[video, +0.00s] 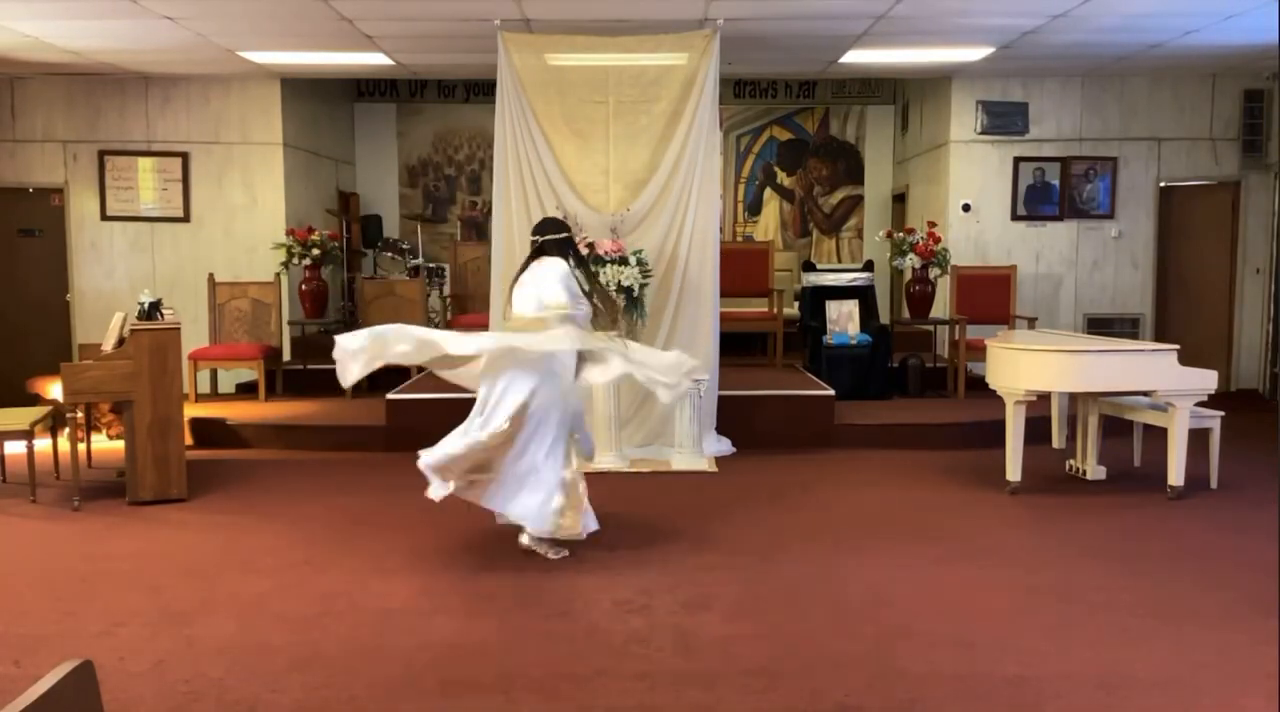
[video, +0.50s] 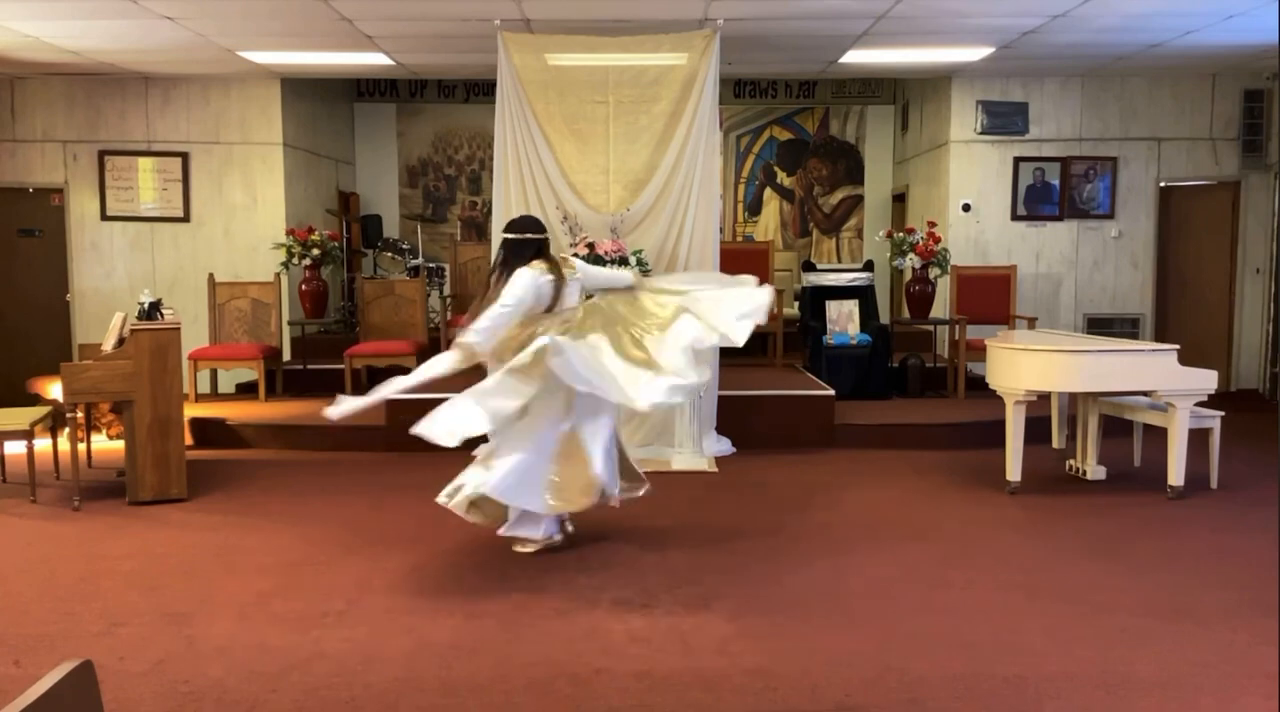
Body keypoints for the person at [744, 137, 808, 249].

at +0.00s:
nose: (777, 159)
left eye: (781, 155)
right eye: (777, 155)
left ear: (794, 157)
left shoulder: (805, 177)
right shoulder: (772, 175)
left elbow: (798, 199)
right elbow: (753, 211)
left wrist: (772, 183)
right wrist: (762, 183)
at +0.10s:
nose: (777, 159)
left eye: (781, 155)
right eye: (777, 155)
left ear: (794, 157)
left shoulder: (805, 177)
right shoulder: (772, 175)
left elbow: (798, 199)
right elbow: (753, 211)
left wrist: (772, 183)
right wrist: (762, 183)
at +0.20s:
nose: (777, 159)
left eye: (781, 155)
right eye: (777, 155)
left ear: (794, 157)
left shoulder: (805, 177)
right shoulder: (772, 175)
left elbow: (798, 199)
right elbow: (753, 211)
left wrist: (772, 183)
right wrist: (762, 183)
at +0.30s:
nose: (776, 158)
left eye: (781, 154)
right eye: (777, 154)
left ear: (794, 156)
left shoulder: (805, 177)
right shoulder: (771, 176)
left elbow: (798, 199)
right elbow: (753, 212)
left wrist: (772, 183)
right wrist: (761, 184)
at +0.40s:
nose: (777, 158)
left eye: (781, 154)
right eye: (777, 154)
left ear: (794, 156)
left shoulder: (805, 178)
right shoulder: (772, 176)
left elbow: (798, 199)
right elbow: (753, 212)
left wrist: (772, 183)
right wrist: (762, 184)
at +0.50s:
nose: (777, 158)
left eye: (781, 154)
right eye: (777, 154)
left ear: (794, 156)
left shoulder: (805, 178)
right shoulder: (772, 176)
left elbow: (798, 199)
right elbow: (753, 212)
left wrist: (772, 183)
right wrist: (762, 184)